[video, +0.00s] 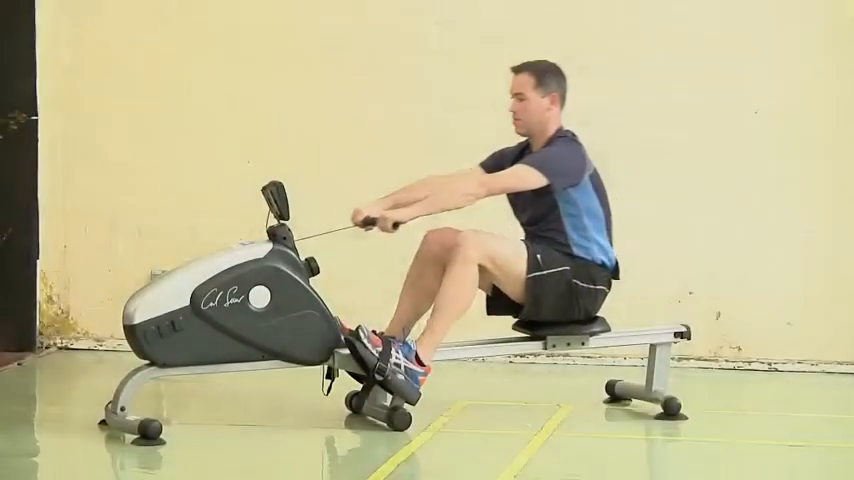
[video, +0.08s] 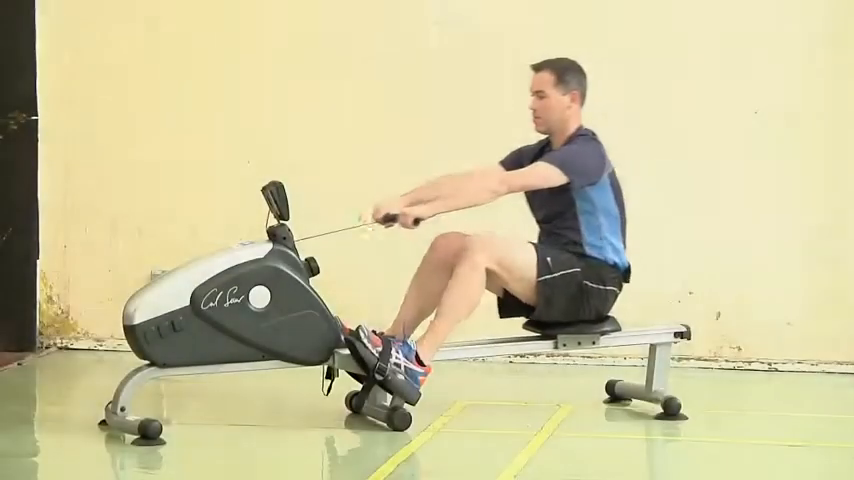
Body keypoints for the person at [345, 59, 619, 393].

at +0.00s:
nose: (511, 108)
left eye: (520, 99)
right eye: (512, 99)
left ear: (552, 102)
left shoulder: (566, 154)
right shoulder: (515, 156)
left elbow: (481, 187)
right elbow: (457, 183)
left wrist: (406, 214)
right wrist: (383, 204)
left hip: (581, 278)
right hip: (543, 274)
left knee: (469, 246)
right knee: (437, 242)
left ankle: (418, 363)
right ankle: (389, 345)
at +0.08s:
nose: (531, 105)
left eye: (541, 96)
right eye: (531, 96)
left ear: (573, 100)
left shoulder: (586, 153)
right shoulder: (533, 154)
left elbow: (503, 184)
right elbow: (479, 180)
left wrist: (424, 211)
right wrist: (406, 200)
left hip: (592, 279)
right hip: (553, 273)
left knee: (477, 250)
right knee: (446, 247)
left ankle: (419, 360)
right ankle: (392, 343)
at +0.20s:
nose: (563, 102)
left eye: (572, 93)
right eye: (563, 94)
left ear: (603, 97)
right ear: (593, 98)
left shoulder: (616, 150)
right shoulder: (562, 152)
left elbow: (535, 182)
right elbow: (512, 180)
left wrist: (460, 204)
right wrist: (444, 196)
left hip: (607, 279)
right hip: (570, 270)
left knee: (492, 258)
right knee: (460, 254)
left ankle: (420, 361)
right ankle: (392, 344)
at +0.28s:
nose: (583, 102)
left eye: (592, 93)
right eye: (583, 93)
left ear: (623, 96)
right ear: (607, 98)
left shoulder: (637, 151)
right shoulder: (581, 152)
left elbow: (555, 187)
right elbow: (530, 182)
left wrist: (483, 205)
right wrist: (464, 196)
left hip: (616, 278)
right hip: (578, 268)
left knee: (501, 266)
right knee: (467, 260)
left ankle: (420, 360)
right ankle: (397, 344)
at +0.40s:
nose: (609, 102)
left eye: (618, 93)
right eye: (610, 94)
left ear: (650, 97)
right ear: (630, 98)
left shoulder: (663, 151)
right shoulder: (609, 154)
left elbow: (597, 198)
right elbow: (550, 187)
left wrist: (523, 210)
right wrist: (493, 201)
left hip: (630, 277)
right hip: (593, 269)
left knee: (513, 276)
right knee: (477, 271)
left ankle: (420, 361)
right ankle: (397, 345)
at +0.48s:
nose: (622, 104)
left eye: (631, 94)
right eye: (622, 95)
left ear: (664, 98)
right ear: (635, 99)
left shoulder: (675, 153)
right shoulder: (621, 154)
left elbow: (620, 208)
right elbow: (570, 193)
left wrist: (548, 212)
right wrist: (513, 205)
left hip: (636, 278)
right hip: (600, 266)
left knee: (518, 288)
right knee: (483, 281)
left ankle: (419, 365)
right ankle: (393, 347)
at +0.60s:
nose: (634, 105)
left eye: (642, 96)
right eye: (634, 96)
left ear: (675, 99)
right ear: (650, 100)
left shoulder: (686, 154)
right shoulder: (635, 156)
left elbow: (655, 220)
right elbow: (596, 202)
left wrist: (581, 217)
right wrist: (552, 208)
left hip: (643, 276)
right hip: (607, 265)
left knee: (527, 302)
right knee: (493, 292)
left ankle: (422, 363)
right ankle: (392, 346)